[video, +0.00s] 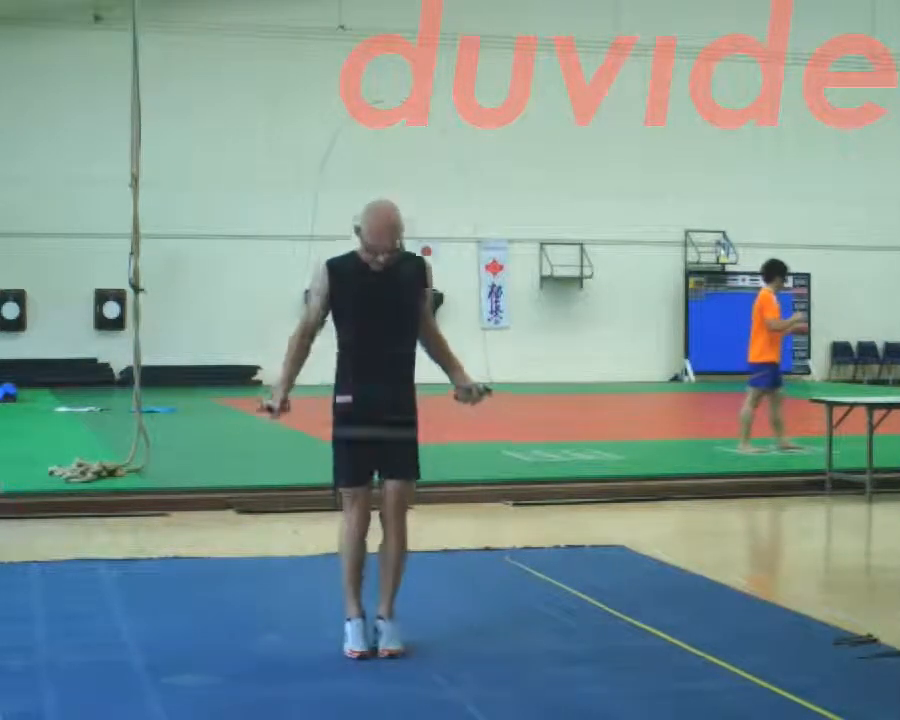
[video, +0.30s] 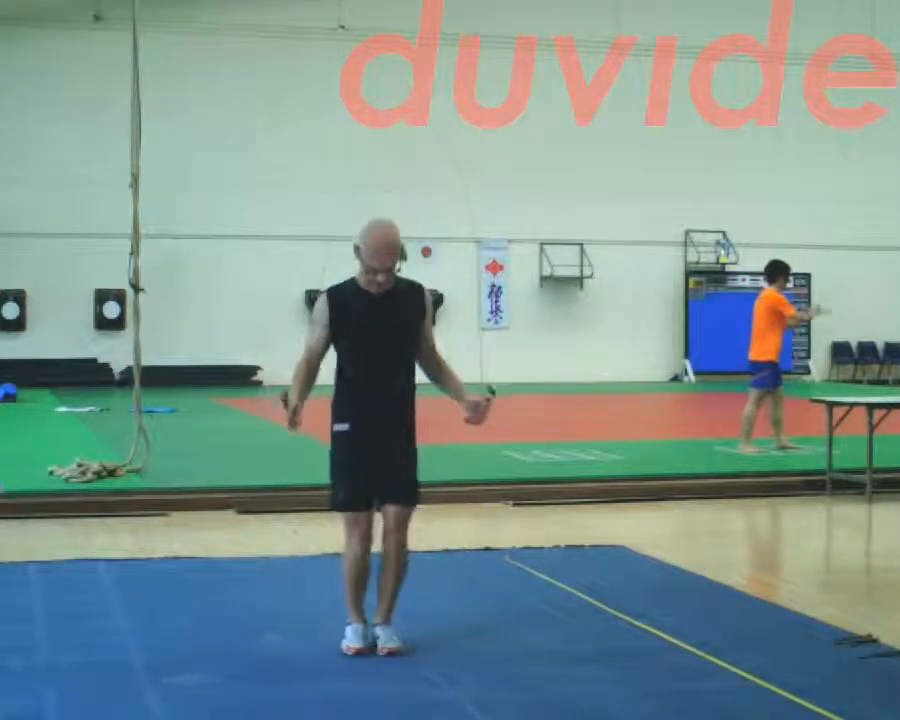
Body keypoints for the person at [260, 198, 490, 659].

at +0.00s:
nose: (382, 258)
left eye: (390, 250)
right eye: (374, 250)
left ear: (401, 238)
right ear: (359, 235)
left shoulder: (416, 271)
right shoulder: (333, 274)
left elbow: (428, 331)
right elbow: (305, 332)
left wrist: (459, 377)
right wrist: (283, 388)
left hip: (400, 404)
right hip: (353, 405)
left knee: (396, 509)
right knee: (357, 511)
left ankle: (386, 618)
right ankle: (354, 619)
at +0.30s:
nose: (381, 278)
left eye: (389, 269)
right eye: (372, 270)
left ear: (401, 258)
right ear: (356, 257)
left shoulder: (417, 298)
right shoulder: (333, 302)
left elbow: (428, 356)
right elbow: (312, 356)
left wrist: (462, 396)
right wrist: (296, 398)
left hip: (399, 425)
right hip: (351, 425)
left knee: (396, 523)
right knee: (358, 526)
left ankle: (384, 623)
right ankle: (355, 623)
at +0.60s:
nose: (380, 244)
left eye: (388, 236)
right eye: (372, 236)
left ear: (399, 225)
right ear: (357, 223)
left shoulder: (415, 263)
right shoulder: (335, 266)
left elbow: (422, 328)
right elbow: (311, 327)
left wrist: (458, 367)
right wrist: (293, 379)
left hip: (398, 397)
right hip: (352, 398)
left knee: (393, 504)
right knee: (357, 505)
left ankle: (384, 613)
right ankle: (355, 611)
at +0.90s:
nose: (378, 250)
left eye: (385, 242)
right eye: (370, 242)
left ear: (396, 230)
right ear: (355, 228)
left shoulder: (410, 267)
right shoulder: (329, 270)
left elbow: (418, 330)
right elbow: (306, 329)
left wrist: (452, 378)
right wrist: (286, 390)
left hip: (396, 398)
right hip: (350, 399)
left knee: (392, 502)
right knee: (355, 505)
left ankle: (382, 616)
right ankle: (353, 615)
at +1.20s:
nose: (371, 276)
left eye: (379, 266)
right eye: (362, 267)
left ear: (391, 255)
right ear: (347, 254)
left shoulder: (408, 295)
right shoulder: (324, 299)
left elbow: (421, 354)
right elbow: (304, 356)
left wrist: (456, 392)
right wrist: (288, 398)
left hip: (391, 423)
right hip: (346, 424)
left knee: (388, 525)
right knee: (355, 530)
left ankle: (374, 627)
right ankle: (347, 627)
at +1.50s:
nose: (371, 248)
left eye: (379, 240)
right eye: (363, 240)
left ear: (390, 228)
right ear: (347, 228)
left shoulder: (405, 266)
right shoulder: (325, 270)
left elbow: (419, 330)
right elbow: (303, 331)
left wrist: (455, 369)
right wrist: (288, 382)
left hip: (390, 400)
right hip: (343, 401)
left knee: (386, 505)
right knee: (350, 508)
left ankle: (375, 615)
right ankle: (346, 616)